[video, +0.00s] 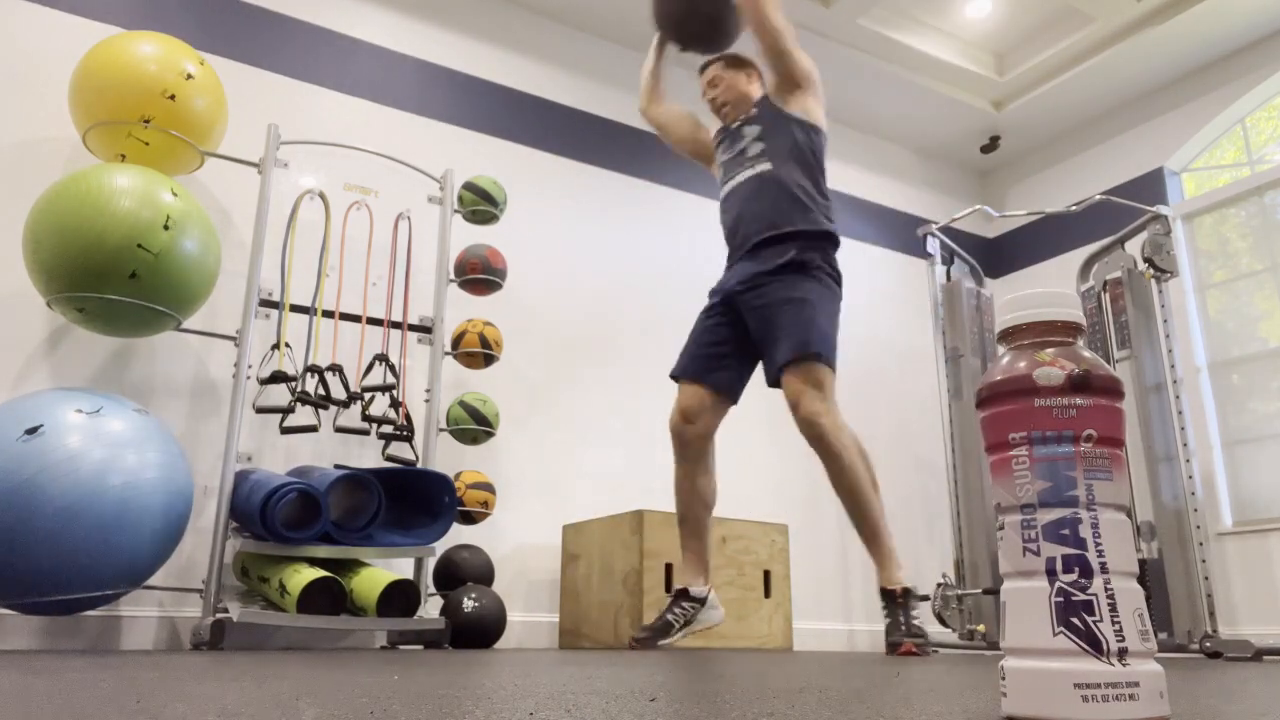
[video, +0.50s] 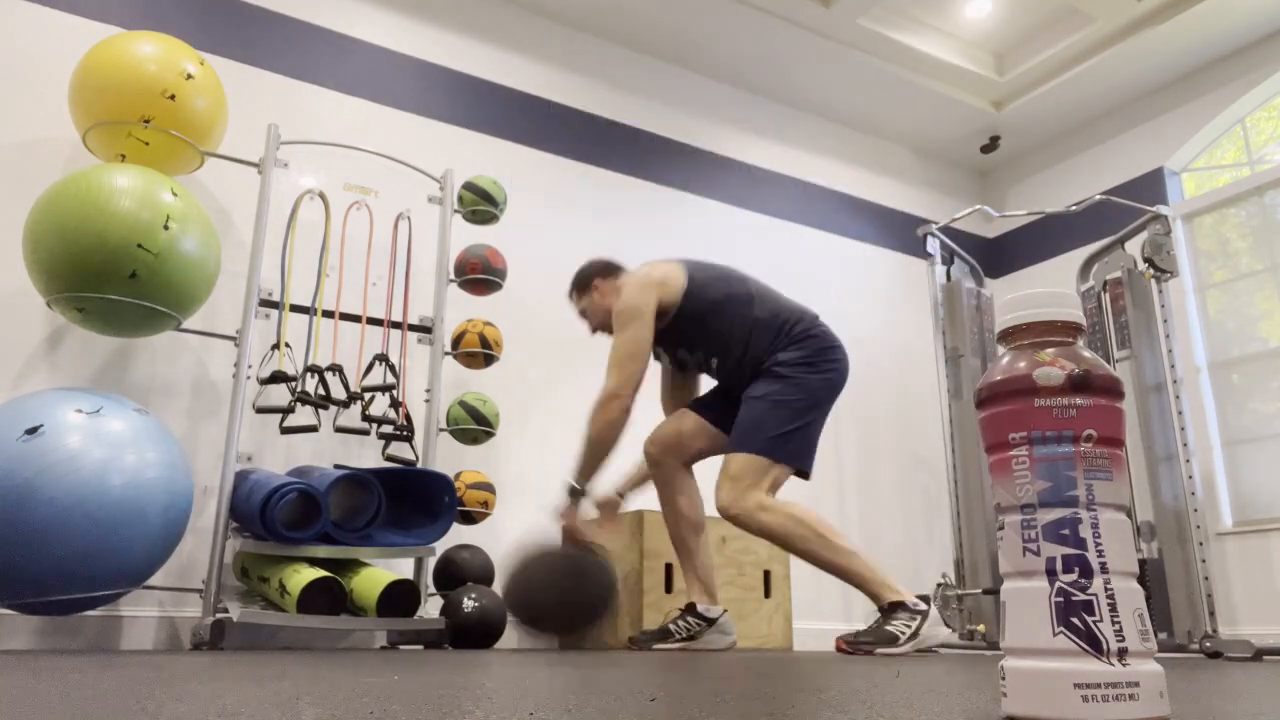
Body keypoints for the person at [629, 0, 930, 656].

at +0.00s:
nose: (710, 88)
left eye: (721, 77)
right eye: (704, 86)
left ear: (755, 77)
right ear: (710, 100)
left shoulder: (794, 101)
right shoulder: (718, 147)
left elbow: (763, 19)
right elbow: (651, 107)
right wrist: (662, 35)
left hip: (798, 268)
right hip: (737, 283)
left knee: (812, 410)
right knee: (689, 421)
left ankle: (895, 586)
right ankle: (694, 591)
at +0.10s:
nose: (680, 117)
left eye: (686, 104)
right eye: (676, 111)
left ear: (716, 94)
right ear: (689, 116)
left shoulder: (757, 104)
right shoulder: (705, 164)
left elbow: (671, 27)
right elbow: (643, 156)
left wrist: (655, 15)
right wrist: (640, 91)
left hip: (792, 281)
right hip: (742, 301)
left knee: (804, 426)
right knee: (687, 433)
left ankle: (925, 585)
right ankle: (703, 601)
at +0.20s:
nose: (646, 164)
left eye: (652, 149)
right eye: (641, 159)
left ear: (677, 136)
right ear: (658, 167)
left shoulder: (720, 146)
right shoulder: (690, 207)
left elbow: (627, 115)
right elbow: (635, 212)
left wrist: (599, 95)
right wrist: (622, 150)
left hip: (793, 306)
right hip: (749, 328)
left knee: (781, 454)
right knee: (680, 446)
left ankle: (931, 583)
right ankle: (706, 609)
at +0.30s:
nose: (632, 220)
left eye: (632, 206)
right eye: (630, 213)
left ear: (653, 189)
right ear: (642, 212)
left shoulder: (691, 190)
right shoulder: (682, 260)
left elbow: (578, 230)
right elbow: (628, 293)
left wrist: (532, 197)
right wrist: (601, 239)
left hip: (800, 333)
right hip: (757, 354)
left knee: (748, 471)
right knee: (671, 446)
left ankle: (907, 571)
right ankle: (705, 611)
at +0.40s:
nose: (610, 279)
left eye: (609, 266)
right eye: (606, 273)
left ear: (628, 240)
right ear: (634, 252)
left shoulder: (654, 246)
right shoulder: (684, 301)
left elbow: (598, 332)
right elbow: (653, 381)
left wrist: (526, 355)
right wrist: (585, 370)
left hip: (803, 347)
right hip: (763, 366)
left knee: (735, 483)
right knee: (669, 448)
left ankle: (891, 596)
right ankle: (707, 613)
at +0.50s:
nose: (591, 327)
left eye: (585, 312)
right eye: (585, 319)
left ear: (603, 286)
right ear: (607, 289)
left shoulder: (640, 285)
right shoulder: (676, 338)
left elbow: (617, 398)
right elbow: (674, 433)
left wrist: (575, 490)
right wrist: (617, 493)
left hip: (799, 356)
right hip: (755, 376)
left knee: (741, 498)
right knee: (664, 451)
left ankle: (903, 606)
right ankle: (707, 614)